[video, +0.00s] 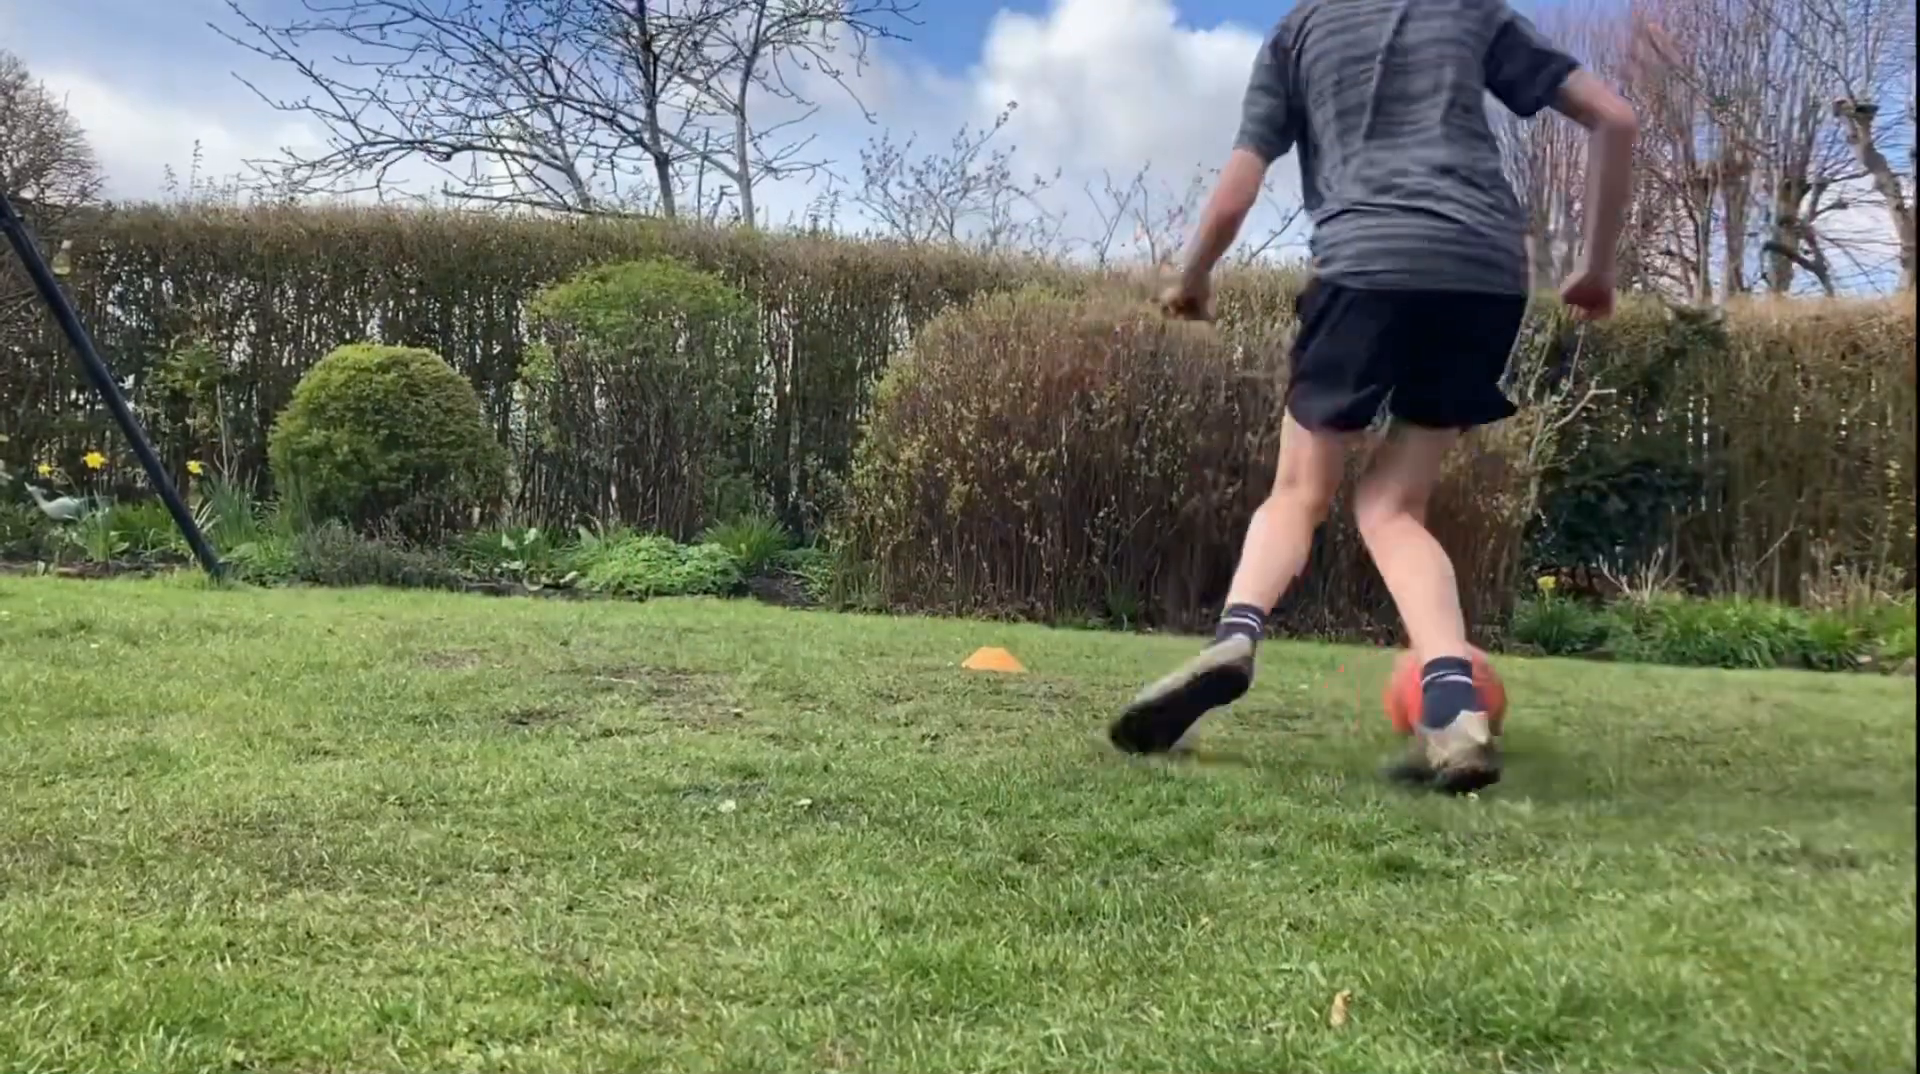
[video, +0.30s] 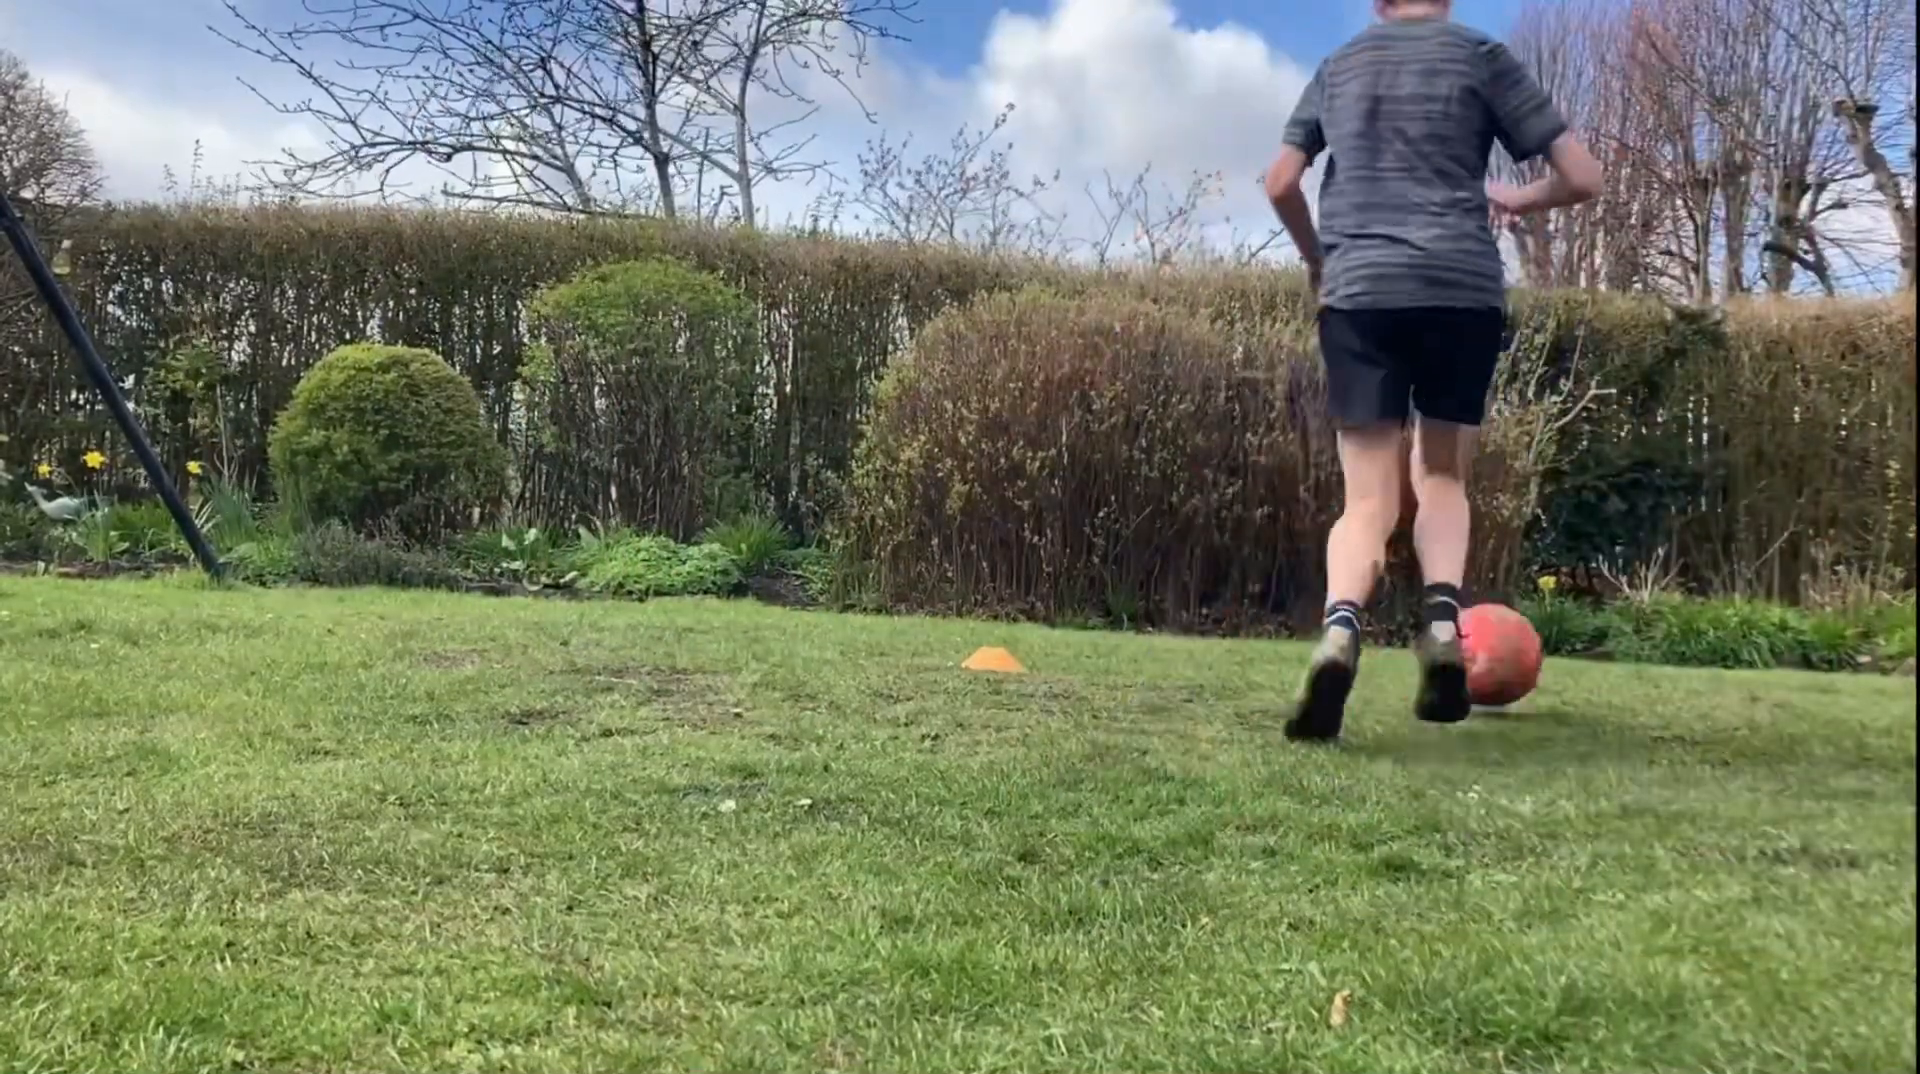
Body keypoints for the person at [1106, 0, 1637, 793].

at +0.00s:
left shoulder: (1300, 28)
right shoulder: (1475, 12)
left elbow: (1229, 203)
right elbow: (1617, 118)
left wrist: (1193, 282)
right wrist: (1598, 266)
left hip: (1362, 273)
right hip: (1485, 279)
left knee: (1298, 490)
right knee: (1395, 508)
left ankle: (1235, 635)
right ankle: (1456, 712)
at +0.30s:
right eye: (1449, 10)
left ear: (1379, 4)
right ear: (1448, 4)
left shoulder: (1338, 64)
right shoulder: (1482, 54)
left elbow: (1280, 182)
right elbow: (1582, 177)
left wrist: (1315, 254)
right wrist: (1516, 199)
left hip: (1360, 289)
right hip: (1464, 290)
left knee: (1366, 500)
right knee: (1443, 475)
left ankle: (1340, 630)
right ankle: (1443, 621)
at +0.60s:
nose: (1453, 120)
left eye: (1402, 115)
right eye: (1457, 110)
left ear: (1397, 114)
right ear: (1460, 107)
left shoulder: (1364, 164)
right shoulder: (1495, 157)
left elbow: (1321, 249)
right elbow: (1612, 214)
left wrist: (1300, 344)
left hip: (1395, 365)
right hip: (1483, 358)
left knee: (1398, 503)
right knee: (1506, 497)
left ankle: (1404, 656)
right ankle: (1523, 570)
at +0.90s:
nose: (1392, 200)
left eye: (1388, 189)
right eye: (1390, 190)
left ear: (1398, 178)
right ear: (1442, 163)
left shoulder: (1399, 227)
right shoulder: (1502, 193)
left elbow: (1399, 339)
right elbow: (1584, 253)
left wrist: (1417, 318)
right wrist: (1638, 342)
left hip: (1492, 382)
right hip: (1564, 375)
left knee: (1414, 478)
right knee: (1482, 481)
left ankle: (1420, 637)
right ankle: (1576, 602)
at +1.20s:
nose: (1408, 186)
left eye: (1410, 169)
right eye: (1401, 177)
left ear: (1447, 152)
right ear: (1441, 161)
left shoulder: (1502, 197)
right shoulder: (1480, 213)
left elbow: (1584, 260)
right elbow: (1524, 305)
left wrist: (1516, 346)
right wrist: (1509, 373)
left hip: (1571, 375)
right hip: (1547, 378)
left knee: (1453, 488)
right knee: (1498, 530)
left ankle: (1454, 628)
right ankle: (1583, 642)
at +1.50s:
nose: (1477, 147)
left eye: (1490, 133)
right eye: (1465, 136)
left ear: (1518, 136)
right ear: (1455, 146)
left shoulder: (1567, 205)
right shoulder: (1463, 233)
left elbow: (1642, 274)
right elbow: (1467, 325)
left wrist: (1581, 351)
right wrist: (1420, 413)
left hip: (1587, 382)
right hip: (1515, 395)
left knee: (1521, 477)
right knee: (1497, 536)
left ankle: (1559, 649)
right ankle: (1545, 652)